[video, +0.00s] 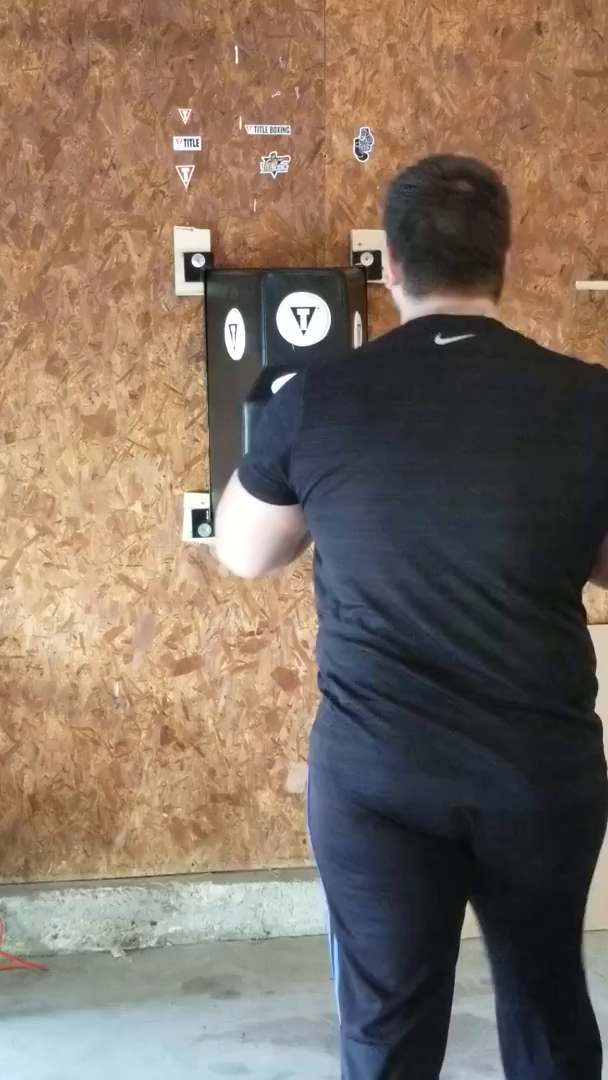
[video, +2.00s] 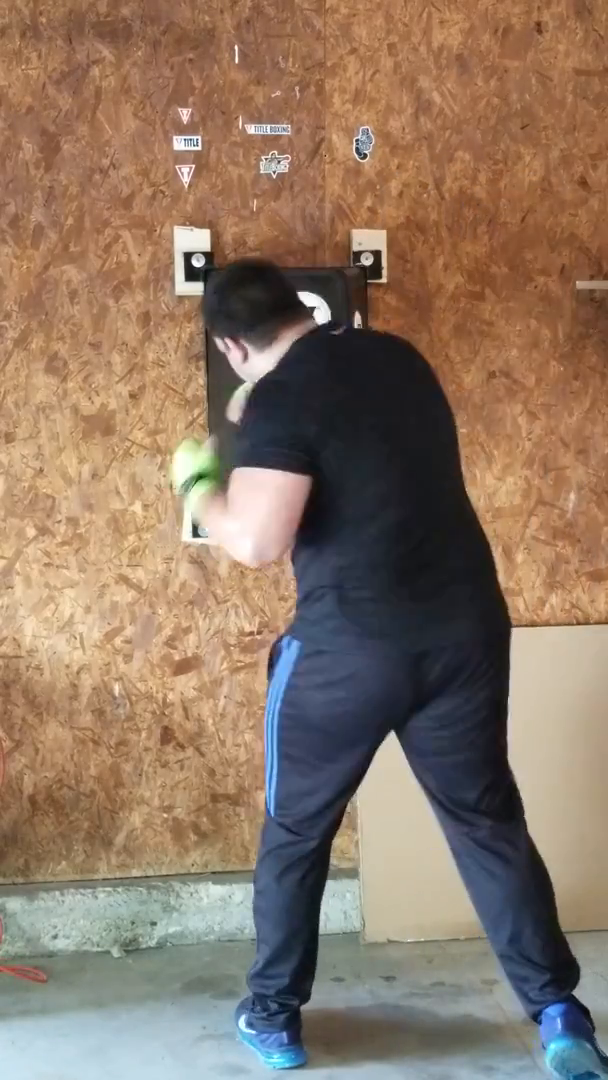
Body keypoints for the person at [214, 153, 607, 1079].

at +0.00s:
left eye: (383, 253)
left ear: (388, 266)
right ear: (506, 258)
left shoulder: (320, 396)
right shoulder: (588, 395)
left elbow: (247, 552)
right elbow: (598, 572)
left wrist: (350, 478)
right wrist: (533, 522)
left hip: (377, 769)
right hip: (544, 768)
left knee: (384, 1030)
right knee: (550, 1005)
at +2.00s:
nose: (232, 372)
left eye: (226, 357)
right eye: (229, 359)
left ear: (237, 347)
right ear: (306, 310)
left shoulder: (283, 398)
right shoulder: (401, 359)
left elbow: (256, 544)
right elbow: (365, 480)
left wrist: (201, 498)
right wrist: (255, 455)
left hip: (353, 638)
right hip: (464, 625)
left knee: (296, 829)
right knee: (487, 818)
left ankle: (274, 1013)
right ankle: (558, 1009)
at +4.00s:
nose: (394, 365)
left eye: (387, 354)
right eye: (387, 357)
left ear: (410, 333)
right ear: (450, 293)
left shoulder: (463, 366)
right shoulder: (552, 334)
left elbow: (412, 495)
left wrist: (390, 426)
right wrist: (426, 404)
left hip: (519, 617)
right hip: (591, 609)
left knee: (487, 804)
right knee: (604, 793)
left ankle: (490, 998)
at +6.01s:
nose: (421, 342)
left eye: (425, 325)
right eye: (419, 331)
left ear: (463, 308)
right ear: (472, 314)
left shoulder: (543, 349)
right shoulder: (487, 407)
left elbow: (471, 382)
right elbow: (433, 550)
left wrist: (413, 350)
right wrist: (334, 522)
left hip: (467, 611)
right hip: (484, 617)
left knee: (387, 798)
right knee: (455, 776)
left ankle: (393, 1006)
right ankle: (564, 938)